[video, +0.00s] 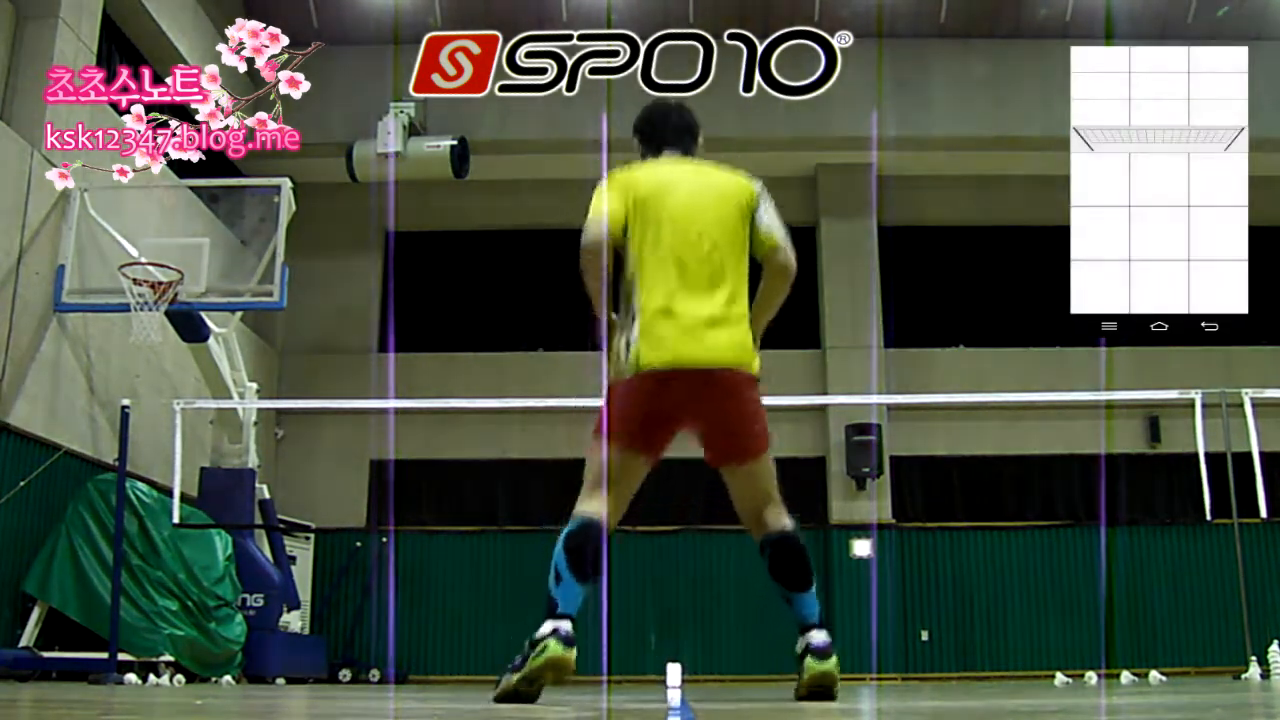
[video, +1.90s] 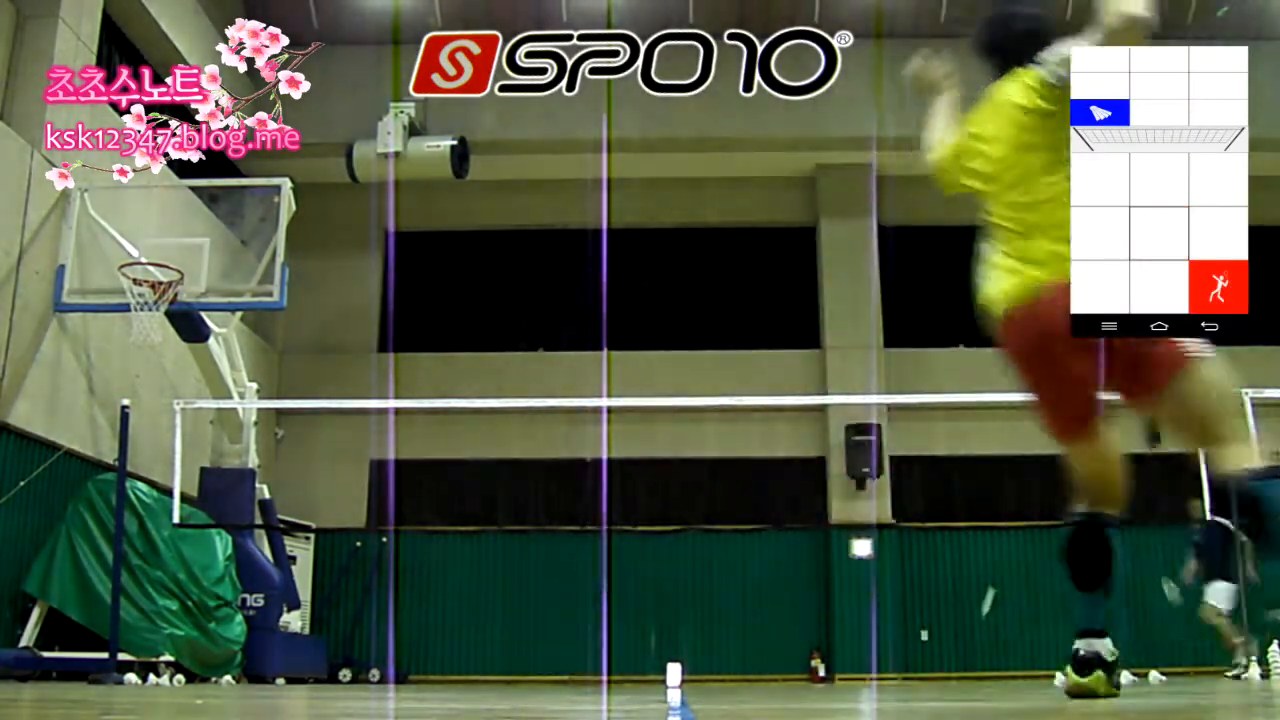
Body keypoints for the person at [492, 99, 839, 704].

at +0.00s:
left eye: (641, 144)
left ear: (641, 145)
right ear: (696, 143)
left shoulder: (622, 181)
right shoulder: (741, 185)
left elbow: (595, 243)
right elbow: (783, 262)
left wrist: (606, 318)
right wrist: (750, 331)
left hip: (648, 366)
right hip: (730, 365)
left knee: (598, 500)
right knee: (768, 511)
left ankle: (557, 629)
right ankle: (816, 641)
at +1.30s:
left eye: (654, 202)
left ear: (658, 198)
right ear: (713, 193)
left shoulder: (654, 223)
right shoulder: (766, 232)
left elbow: (622, 274)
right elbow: (817, 311)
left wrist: (568, 348)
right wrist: (817, 382)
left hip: (676, 380)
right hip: (761, 379)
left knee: (621, 523)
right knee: (825, 512)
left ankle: (553, 643)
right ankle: (880, 637)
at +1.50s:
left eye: (752, 190)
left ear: (750, 196)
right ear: (804, 183)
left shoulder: (734, 248)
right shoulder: (853, 215)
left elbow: (694, 337)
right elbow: (937, 213)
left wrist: (669, 397)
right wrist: (915, 186)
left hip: (745, 407)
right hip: (832, 407)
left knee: (669, 538)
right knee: (877, 530)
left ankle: (568, 642)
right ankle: (875, 652)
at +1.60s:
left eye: (806, 147)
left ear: (807, 147)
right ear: (863, 128)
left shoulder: (800, 204)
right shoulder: (913, 151)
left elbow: (740, 308)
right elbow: (987, 102)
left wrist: (732, 307)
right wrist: (927, 50)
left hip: (824, 349)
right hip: (911, 349)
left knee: (762, 495)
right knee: (916, 508)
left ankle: (694, 624)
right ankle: (883, 649)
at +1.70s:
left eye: (876, 72)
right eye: (902, 64)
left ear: (863, 91)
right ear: (912, 70)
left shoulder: (855, 147)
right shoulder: (951, 92)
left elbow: (801, 239)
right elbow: (1027, 29)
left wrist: (806, 195)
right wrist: (984, 6)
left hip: (893, 288)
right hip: (974, 277)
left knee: (896, 460)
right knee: (983, 457)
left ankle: (877, 616)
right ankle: (969, 610)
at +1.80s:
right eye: (971, 28)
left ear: (916, 61)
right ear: (966, 41)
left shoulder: (905, 127)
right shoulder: (997, 67)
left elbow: (870, 187)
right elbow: (1070, 15)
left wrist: (877, 128)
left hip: (952, 281)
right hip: (1032, 261)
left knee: (999, 445)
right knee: (1079, 426)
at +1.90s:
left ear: (995, 56)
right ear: (1051, 39)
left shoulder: (991, 113)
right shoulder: (1084, 77)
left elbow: (943, 162)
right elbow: (1129, 24)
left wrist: (942, 92)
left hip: (1024, 303)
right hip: (1111, 281)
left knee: (1097, 482)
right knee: (1226, 428)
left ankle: (1091, 650)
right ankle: (1221, 579)